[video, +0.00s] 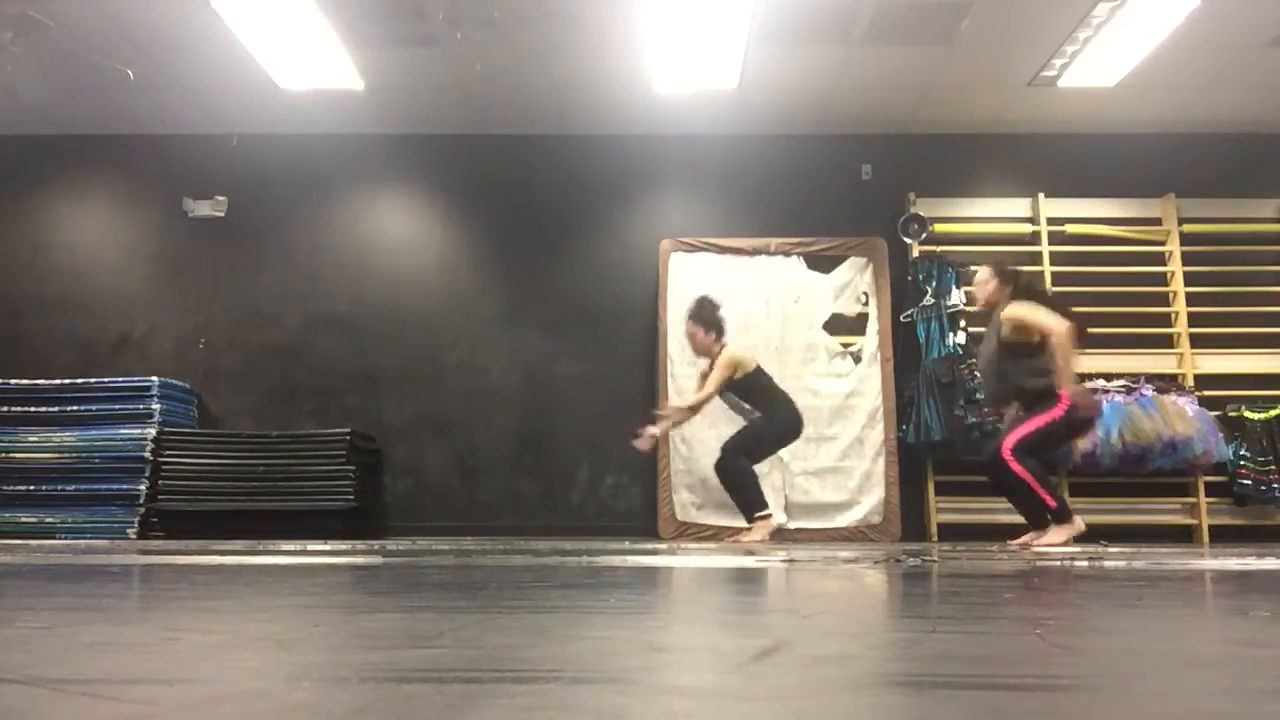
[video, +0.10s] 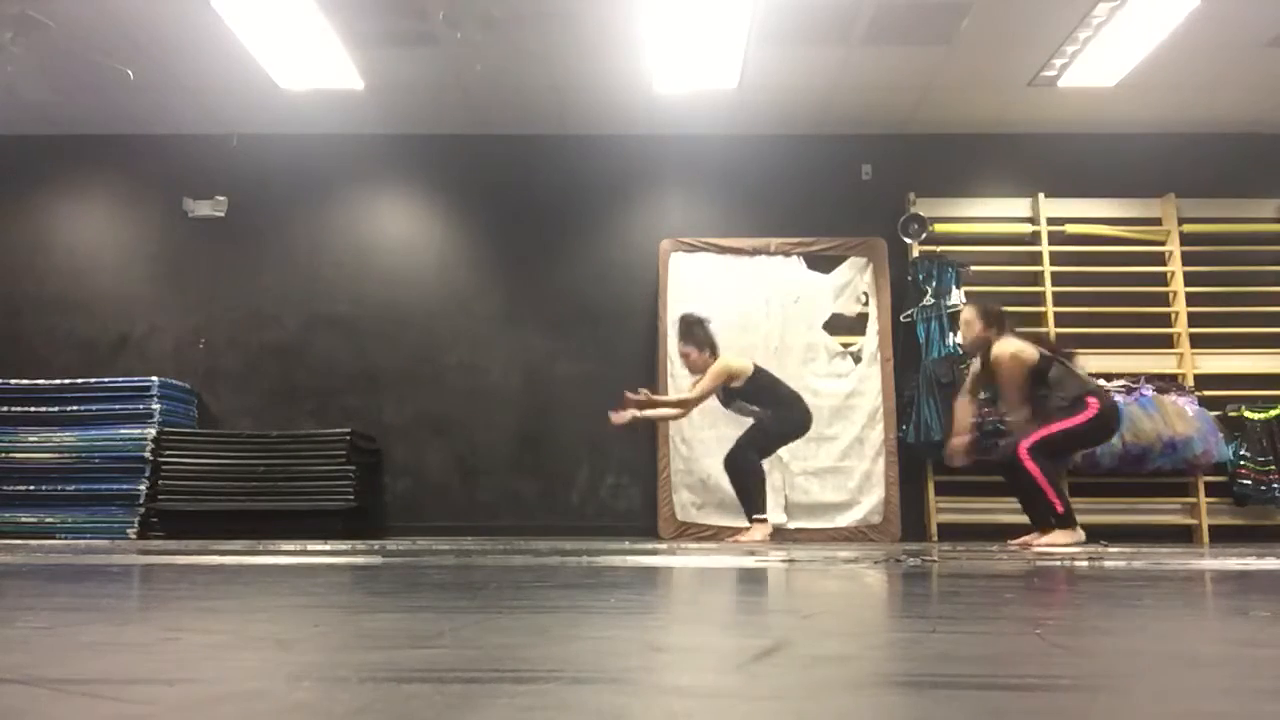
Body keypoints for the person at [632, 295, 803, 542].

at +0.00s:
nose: (689, 341)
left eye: (693, 335)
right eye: (688, 335)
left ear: (710, 334)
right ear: (707, 334)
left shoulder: (729, 359)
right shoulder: (709, 372)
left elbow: (703, 399)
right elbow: (693, 409)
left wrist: (677, 408)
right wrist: (659, 430)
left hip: (784, 420)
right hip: (770, 421)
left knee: (733, 456)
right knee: (724, 465)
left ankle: (763, 520)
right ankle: (757, 522)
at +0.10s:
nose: (684, 363)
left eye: (687, 356)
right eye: (682, 357)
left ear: (705, 351)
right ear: (695, 354)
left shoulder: (724, 367)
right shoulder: (711, 378)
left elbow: (691, 399)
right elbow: (681, 412)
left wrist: (652, 399)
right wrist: (639, 415)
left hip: (792, 416)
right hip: (778, 417)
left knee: (744, 456)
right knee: (734, 460)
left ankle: (761, 525)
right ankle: (758, 524)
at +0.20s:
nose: (684, 371)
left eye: (688, 364)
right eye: (681, 365)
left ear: (706, 359)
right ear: (683, 362)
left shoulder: (724, 371)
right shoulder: (706, 383)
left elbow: (693, 408)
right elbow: (679, 415)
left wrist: (654, 398)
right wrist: (639, 407)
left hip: (794, 411)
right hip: (778, 412)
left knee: (748, 455)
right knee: (740, 458)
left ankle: (751, 524)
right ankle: (758, 523)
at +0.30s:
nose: (687, 361)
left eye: (690, 354)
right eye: (684, 355)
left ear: (709, 352)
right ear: (683, 354)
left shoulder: (729, 368)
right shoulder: (701, 370)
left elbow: (714, 414)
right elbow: (696, 409)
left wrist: (671, 410)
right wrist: (662, 411)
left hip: (790, 406)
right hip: (765, 409)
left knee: (756, 456)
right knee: (741, 458)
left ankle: (749, 524)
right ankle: (759, 523)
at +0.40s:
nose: (692, 339)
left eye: (696, 332)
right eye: (690, 333)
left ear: (714, 329)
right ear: (692, 333)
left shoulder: (743, 352)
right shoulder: (704, 352)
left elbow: (768, 387)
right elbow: (708, 383)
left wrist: (749, 411)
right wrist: (701, 413)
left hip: (782, 397)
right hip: (755, 399)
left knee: (756, 453)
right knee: (741, 454)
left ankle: (750, 522)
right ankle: (757, 522)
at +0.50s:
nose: (707, 307)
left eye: (710, 301)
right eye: (704, 302)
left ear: (723, 296)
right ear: (705, 300)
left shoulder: (758, 318)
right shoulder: (712, 317)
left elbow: (792, 336)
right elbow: (712, 343)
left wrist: (821, 351)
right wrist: (711, 371)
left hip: (766, 389)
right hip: (738, 390)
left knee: (755, 452)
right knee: (723, 450)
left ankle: (746, 522)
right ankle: (742, 504)